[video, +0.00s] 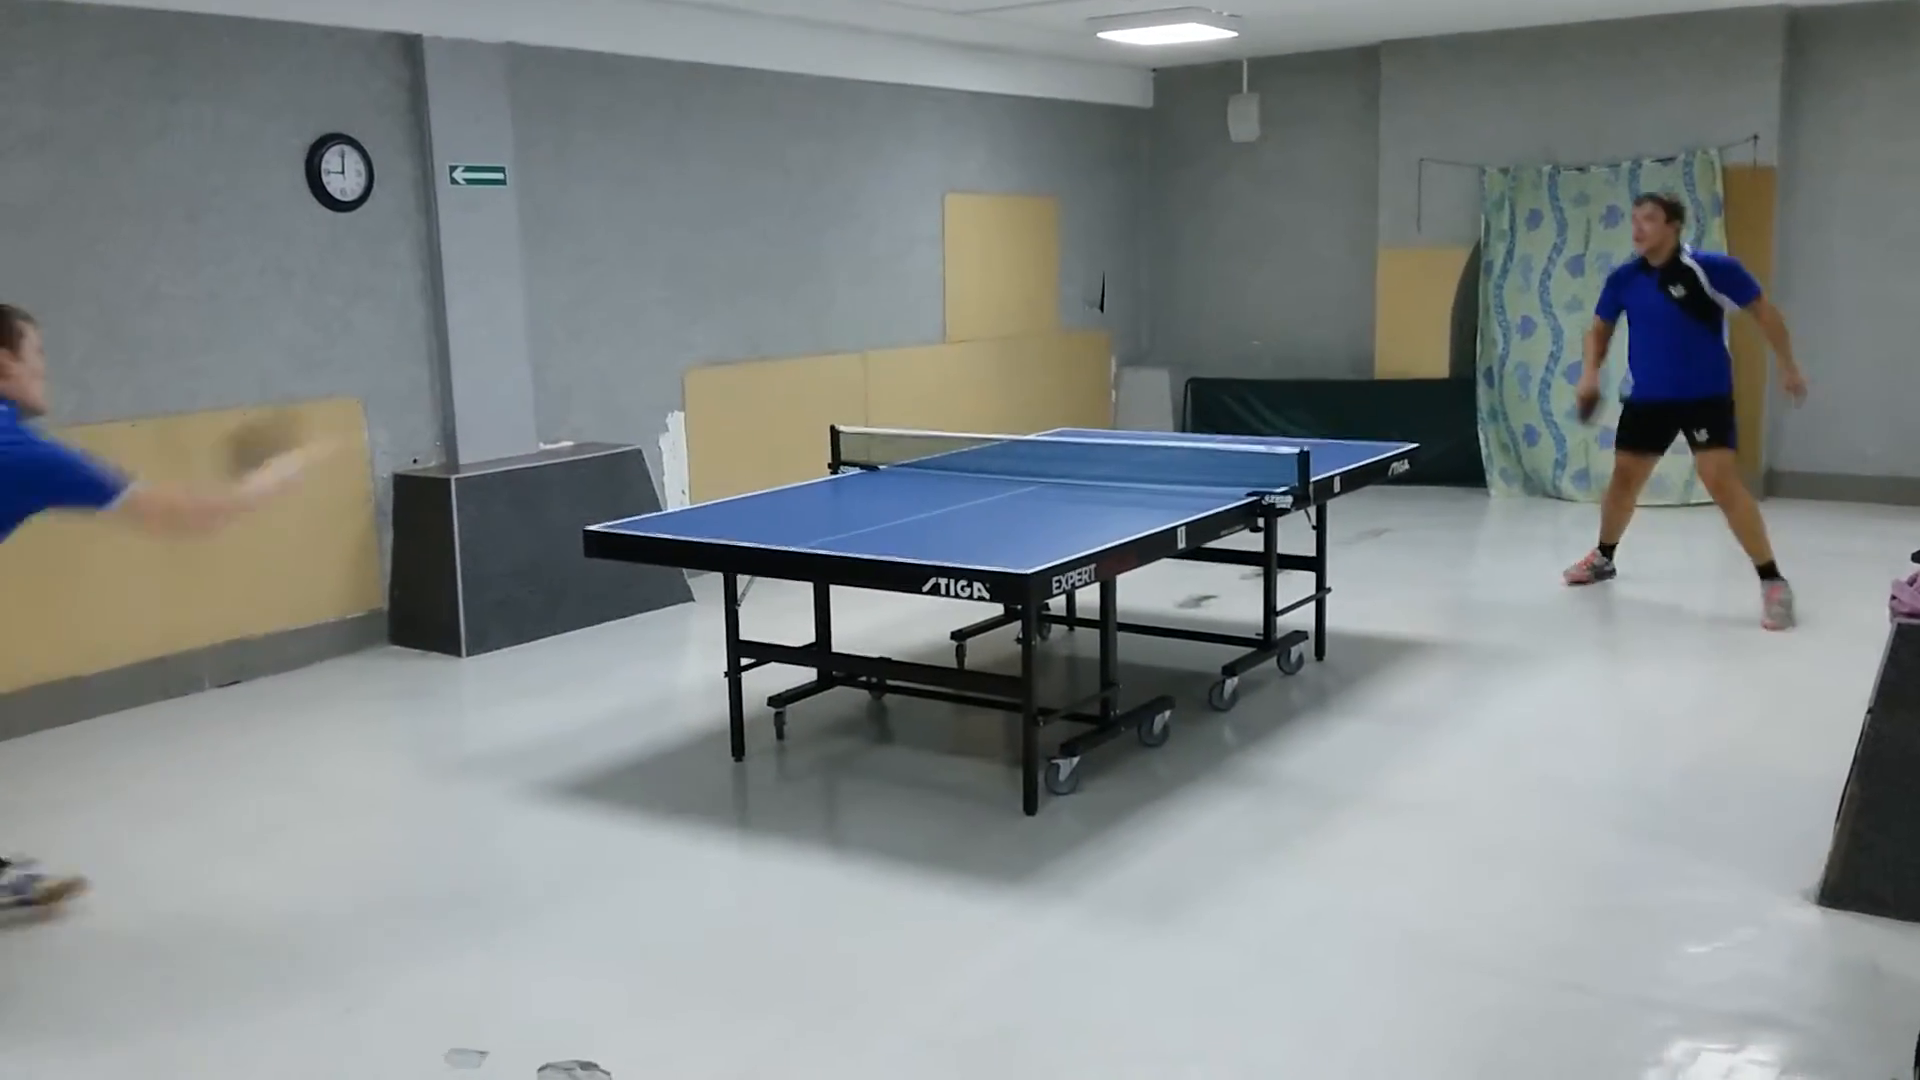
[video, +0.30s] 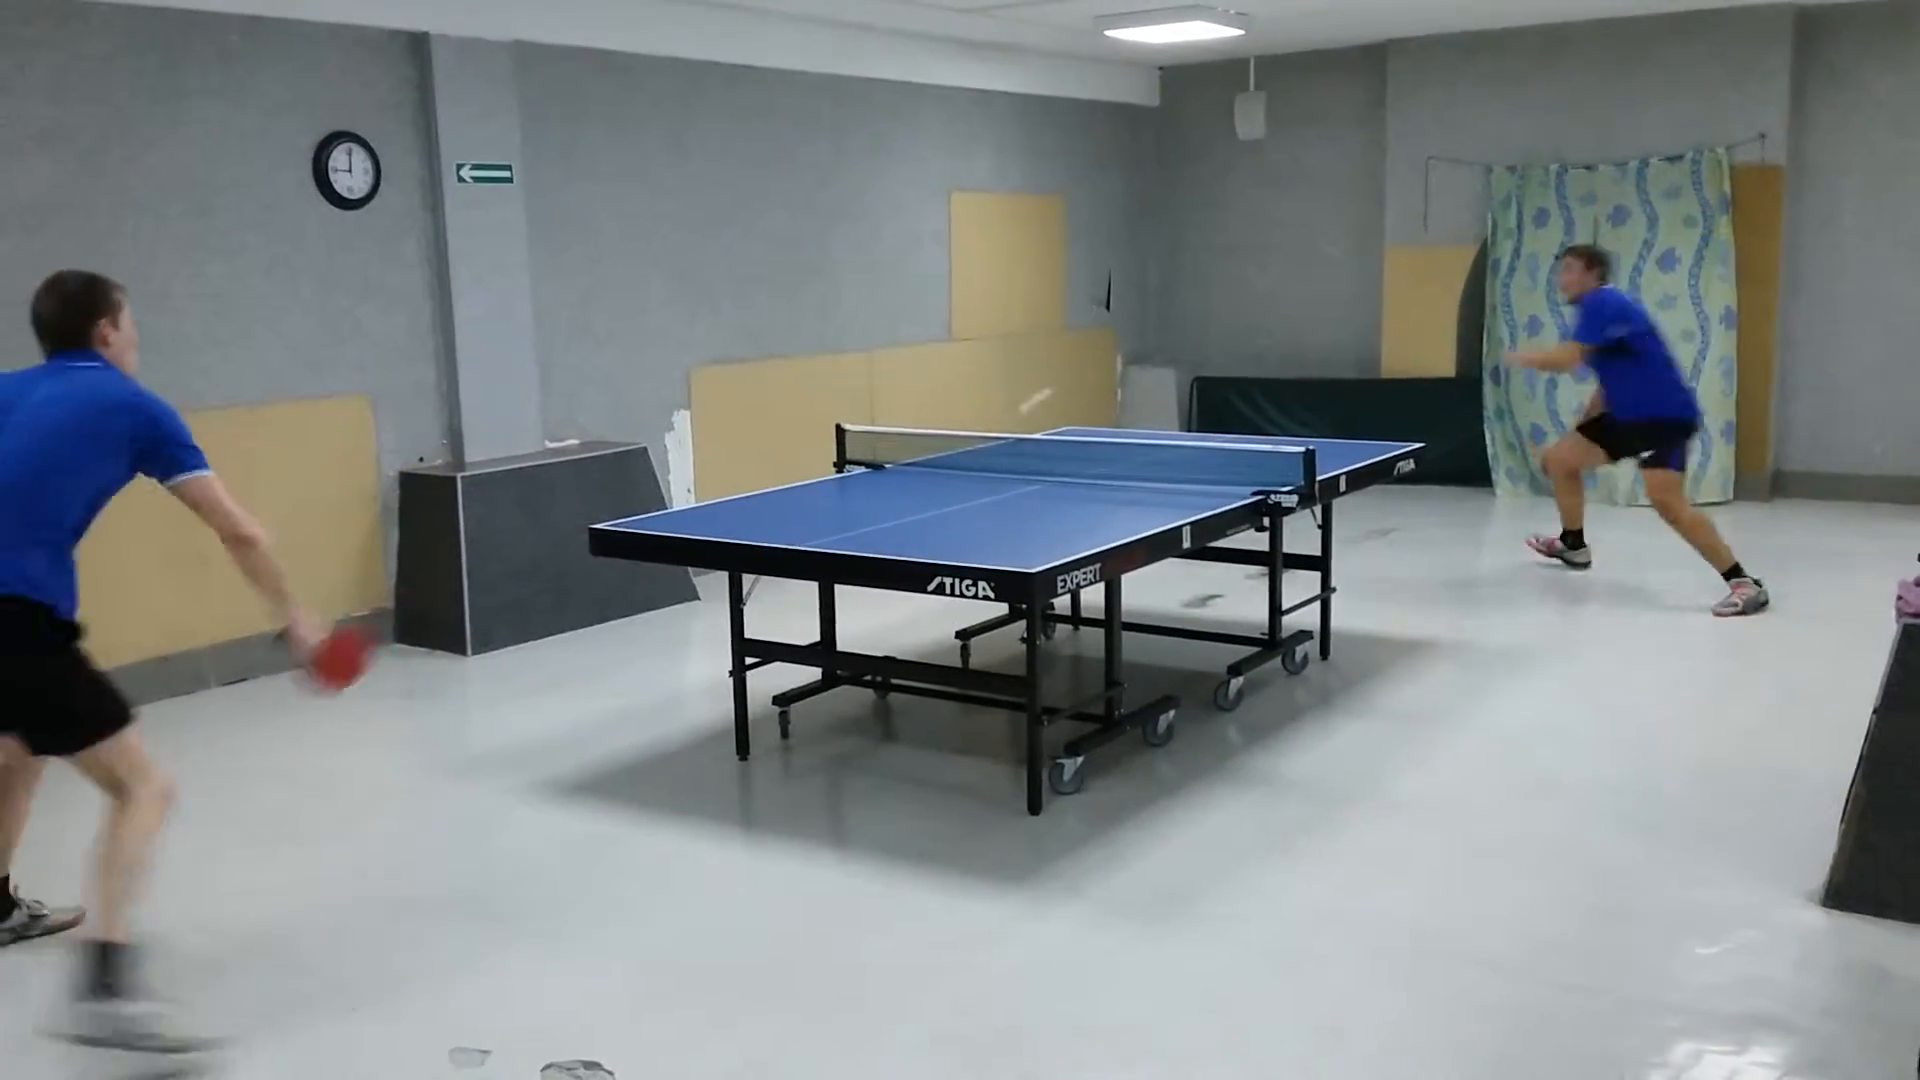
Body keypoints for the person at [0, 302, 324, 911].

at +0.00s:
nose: (43, 368)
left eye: (39, 353)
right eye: (33, 354)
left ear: (8, 363)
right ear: (5, 363)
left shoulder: (16, 444)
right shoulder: (17, 449)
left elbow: (161, 509)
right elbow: (169, 511)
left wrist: (245, 488)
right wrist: (273, 478)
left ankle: (5, 871)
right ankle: (4, 871)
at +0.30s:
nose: (134, 338)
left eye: (128, 323)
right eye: (128, 324)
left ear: (53, 338)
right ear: (105, 332)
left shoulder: (10, 390)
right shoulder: (131, 406)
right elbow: (238, 531)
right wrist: (293, 617)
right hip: (23, 625)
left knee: (18, 755)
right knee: (142, 786)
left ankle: (2, 902)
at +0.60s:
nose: (241, 302)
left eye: (235, 288)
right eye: (235, 290)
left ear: (152, 306)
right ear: (218, 300)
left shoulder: (105, 391)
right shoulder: (248, 391)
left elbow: (27, 509)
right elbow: (281, 542)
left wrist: (82, 594)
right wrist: (277, 611)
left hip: (119, 643)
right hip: (214, 649)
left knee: (153, 756)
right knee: (311, 818)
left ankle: (80, 913)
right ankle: (244, 1030)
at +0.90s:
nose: (339, 282)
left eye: (331, 268)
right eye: (334, 268)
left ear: (256, 283)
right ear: (319, 276)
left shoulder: (195, 363)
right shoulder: (343, 380)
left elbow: (132, 481)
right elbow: (375, 540)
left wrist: (193, 553)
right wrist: (403, 599)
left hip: (191, 621)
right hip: (279, 630)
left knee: (249, 752)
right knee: (393, 801)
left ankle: (210, 918)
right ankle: (402, 1026)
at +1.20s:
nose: (410, 315)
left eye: (405, 301)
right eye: (406, 303)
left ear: (332, 313)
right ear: (387, 314)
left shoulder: (294, 378)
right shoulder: (357, 418)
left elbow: (302, 477)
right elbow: (357, 578)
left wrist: (401, 494)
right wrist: (479, 610)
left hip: (231, 626)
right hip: (288, 642)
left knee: (296, 762)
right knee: (437, 783)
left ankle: (210, 920)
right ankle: (417, 1011)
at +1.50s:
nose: (500, 365)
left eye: (499, 353)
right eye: (496, 353)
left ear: (446, 364)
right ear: (469, 363)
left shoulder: (480, 428)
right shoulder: (360, 472)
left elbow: (548, 497)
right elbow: (356, 634)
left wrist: (572, 513)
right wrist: (448, 715)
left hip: (396, 650)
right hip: (333, 665)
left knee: (434, 774)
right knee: (487, 808)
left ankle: (300, 879)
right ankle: (419, 1018)